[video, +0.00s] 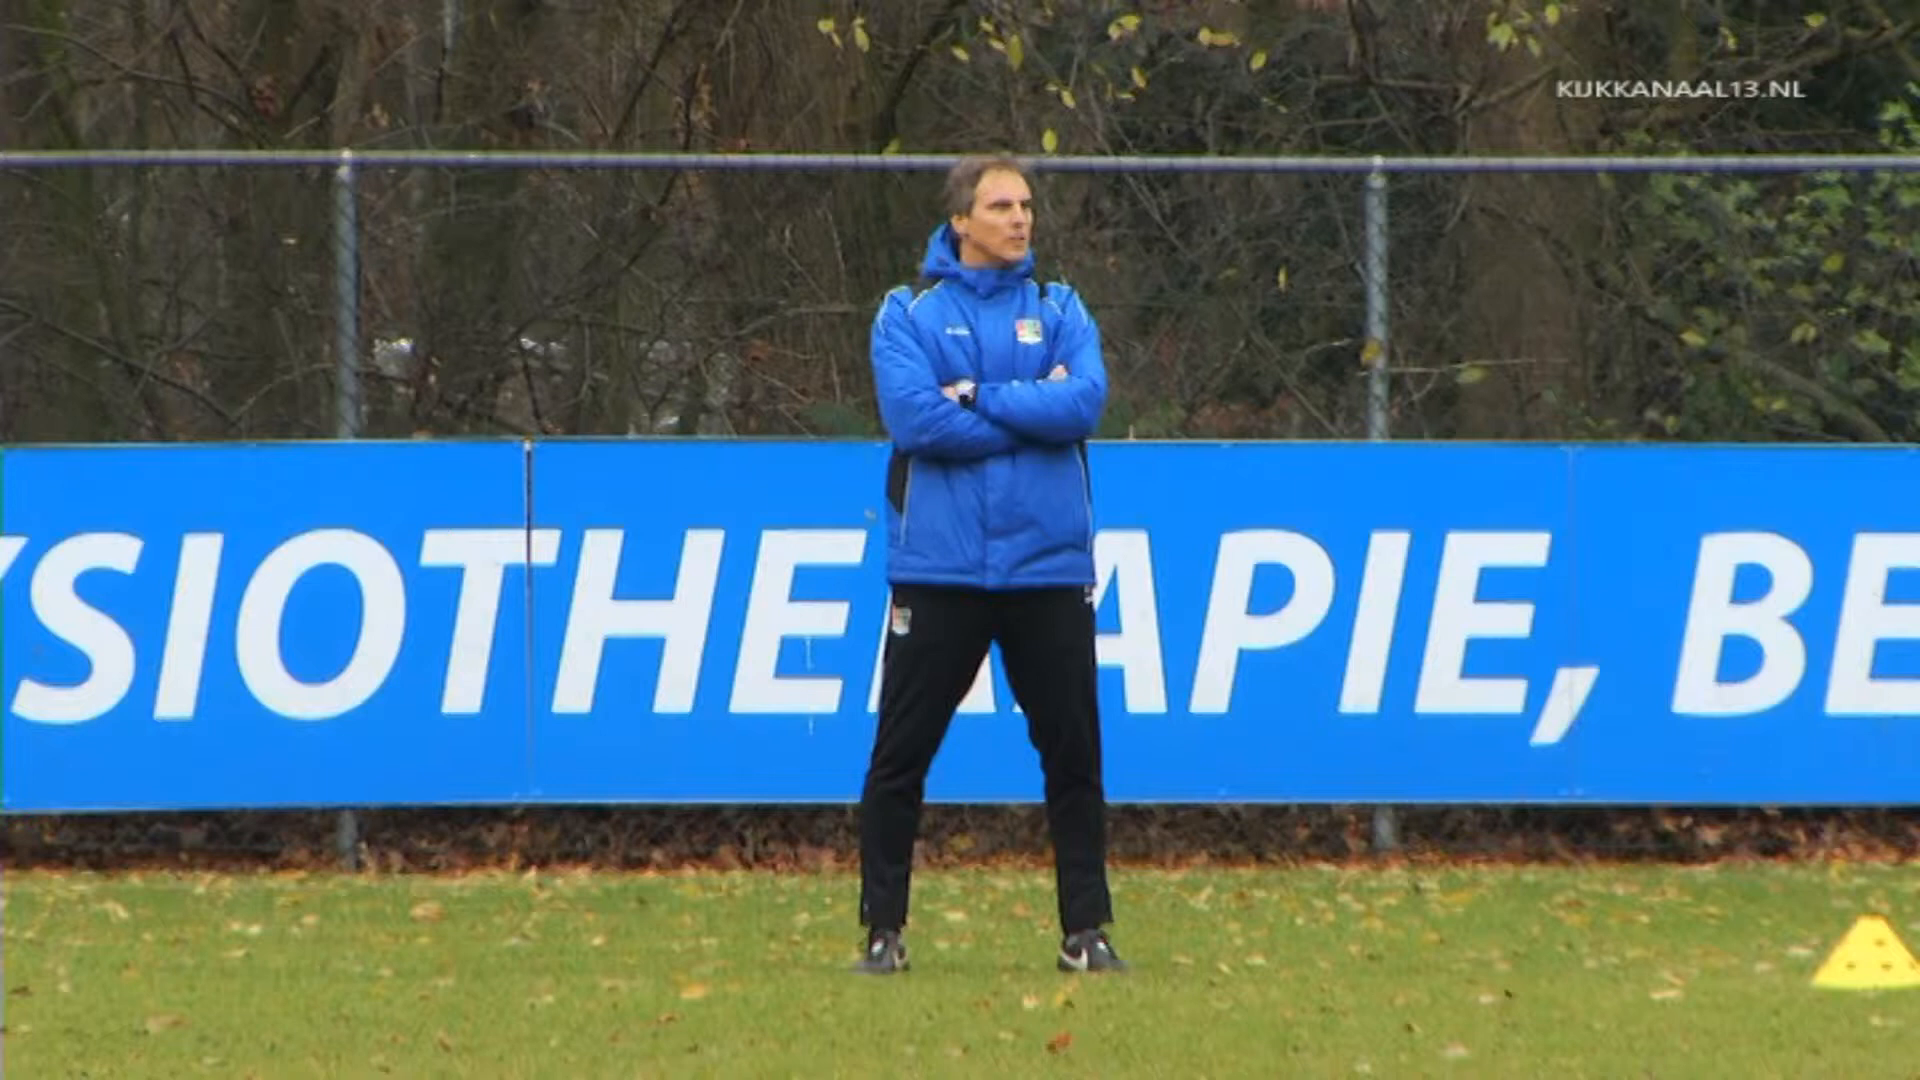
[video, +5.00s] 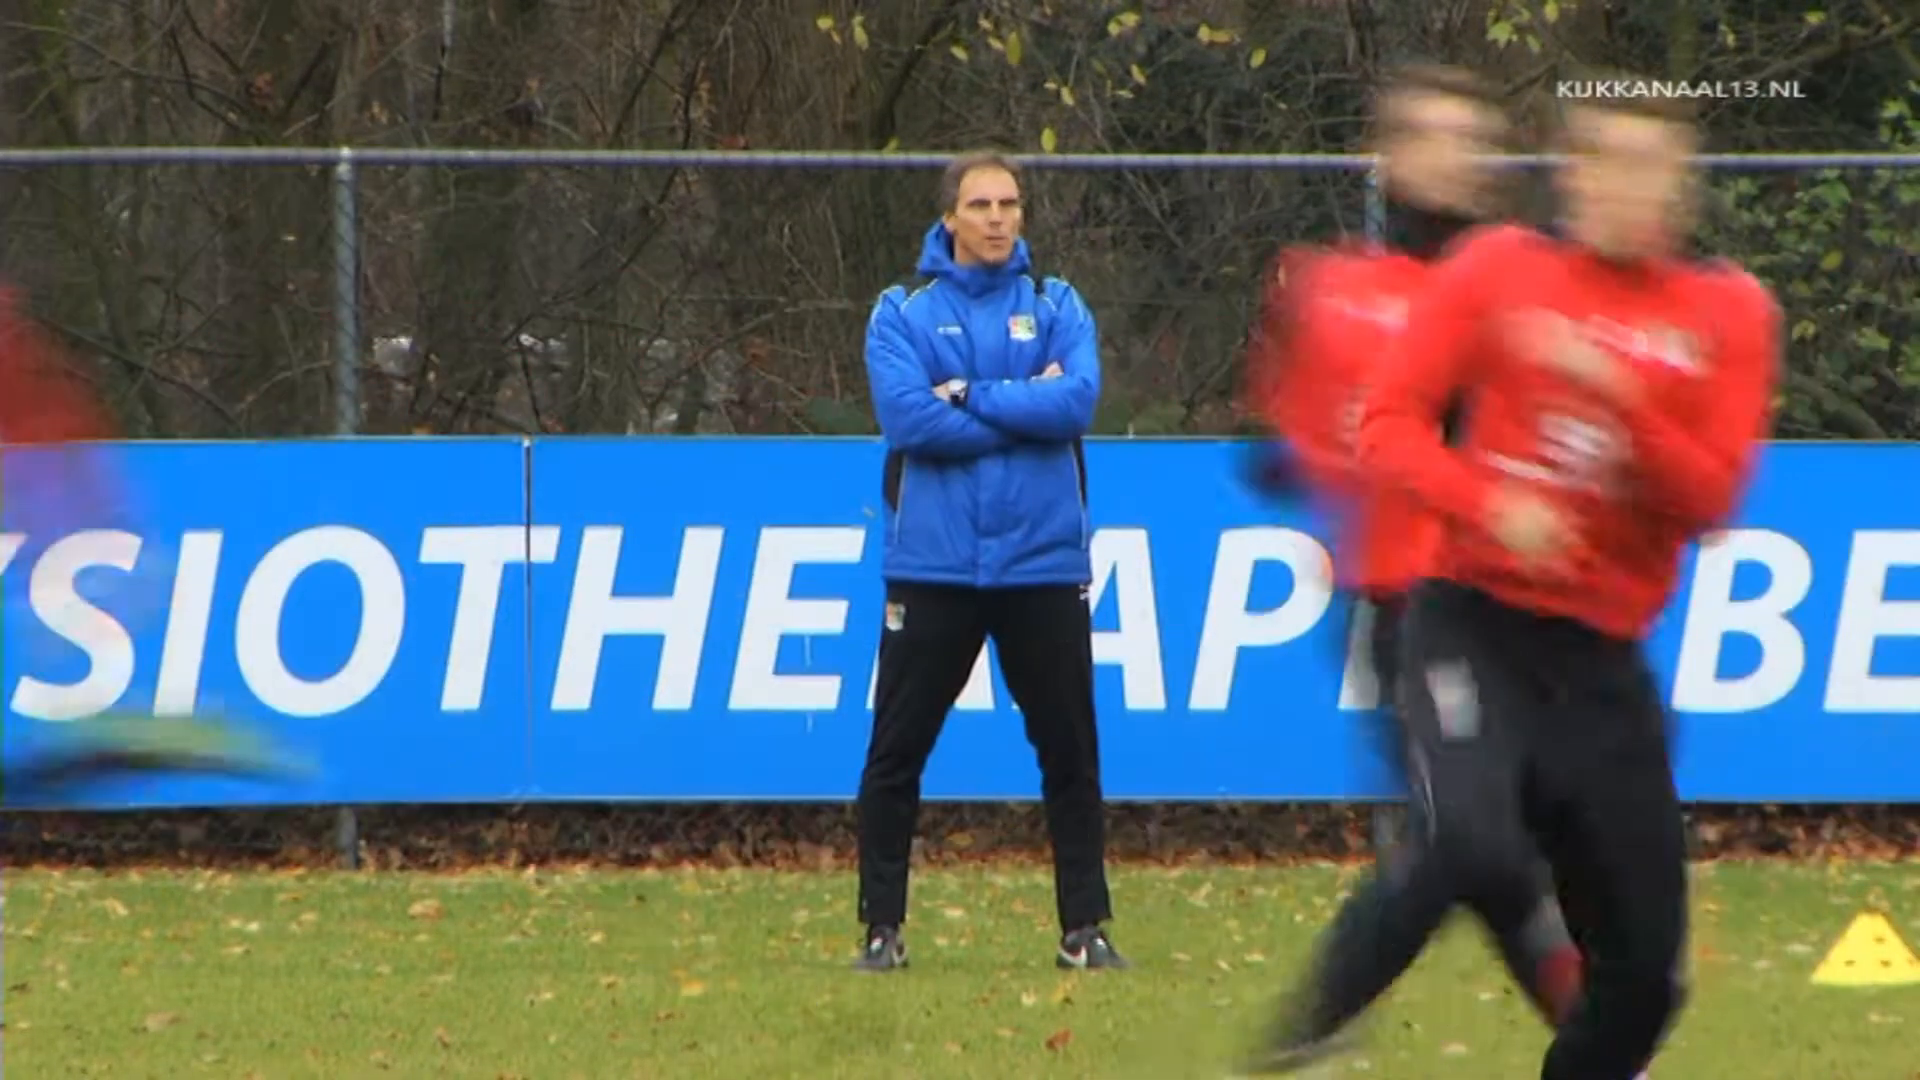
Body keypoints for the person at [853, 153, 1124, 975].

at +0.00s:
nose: (1019, 218)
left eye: (1025, 206)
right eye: (1001, 207)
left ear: (1033, 219)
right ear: (961, 223)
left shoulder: (1061, 306)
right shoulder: (906, 312)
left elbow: (1084, 403)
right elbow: (917, 424)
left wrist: (974, 393)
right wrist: (1027, 416)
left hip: (1050, 569)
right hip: (941, 571)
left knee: (1074, 752)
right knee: (902, 754)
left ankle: (1086, 933)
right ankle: (883, 932)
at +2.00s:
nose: (1014, 216)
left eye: (1020, 204)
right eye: (996, 205)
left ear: (1028, 217)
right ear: (955, 221)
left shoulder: (1056, 305)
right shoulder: (903, 313)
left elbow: (1081, 402)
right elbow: (916, 425)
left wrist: (972, 393)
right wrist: (1026, 413)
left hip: (1049, 567)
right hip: (941, 570)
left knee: (1073, 751)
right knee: (901, 752)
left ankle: (1085, 931)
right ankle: (881, 929)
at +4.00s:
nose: (1011, 220)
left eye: (1019, 207)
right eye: (994, 209)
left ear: (1029, 218)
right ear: (955, 222)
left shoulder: (1057, 305)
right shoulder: (902, 313)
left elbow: (1078, 403)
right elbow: (914, 426)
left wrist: (968, 393)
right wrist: (1023, 413)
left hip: (1049, 567)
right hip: (939, 569)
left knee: (1073, 750)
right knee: (900, 752)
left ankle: (1085, 930)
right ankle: (882, 929)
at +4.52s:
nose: (1003, 221)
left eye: (1012, 208)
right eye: (986, 209)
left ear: (1024, 218)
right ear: (950, 221)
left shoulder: (1057, 305)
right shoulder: (899, 312)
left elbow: (1075, 401)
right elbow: (912, 425)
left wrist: (964, 392)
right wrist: (1023, 413)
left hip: (1045, 567)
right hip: (937, 570)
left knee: (1071, 751)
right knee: (899, 753)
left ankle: (1085, 930)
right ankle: (882, 929)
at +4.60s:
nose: (1000, 228)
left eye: (1012, 212)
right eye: (984, 213)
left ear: (1032, 218)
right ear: (951, 221)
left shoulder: (1060, 314)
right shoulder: (905, 318)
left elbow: (1094, 421)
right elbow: (915, 437)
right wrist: (993, 344)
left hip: (1044, 567)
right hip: (940, 570)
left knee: (1070, 742)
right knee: (899, 749)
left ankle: (1085, 927)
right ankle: (883, 926)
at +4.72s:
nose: (1001, 221)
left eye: (1012, 207)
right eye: (984, 208)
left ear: (1025, 217)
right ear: (950, 220)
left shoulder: (1057, 304)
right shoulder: (900, 311)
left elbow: (1076, 400)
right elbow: (912, 430)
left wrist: (964, 395)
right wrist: (1023, 411)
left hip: (1048, 566)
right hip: (936, 570)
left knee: (1070, 751)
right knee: (899, 750)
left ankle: (1086, 928)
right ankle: (881, 924)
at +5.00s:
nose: (996, 219)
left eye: (1007, 205)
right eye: (979, 206)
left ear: (1023, 216)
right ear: (950, 218)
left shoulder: (1059, 305)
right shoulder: (900, 312)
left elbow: (1076, 403)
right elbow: (911, 423)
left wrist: (965, 392)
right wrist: (1020, 415)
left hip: (1044, 567)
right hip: (934, 568)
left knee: (1070, 750)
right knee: (898, 751)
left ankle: (1085, 930)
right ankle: (882, 929)